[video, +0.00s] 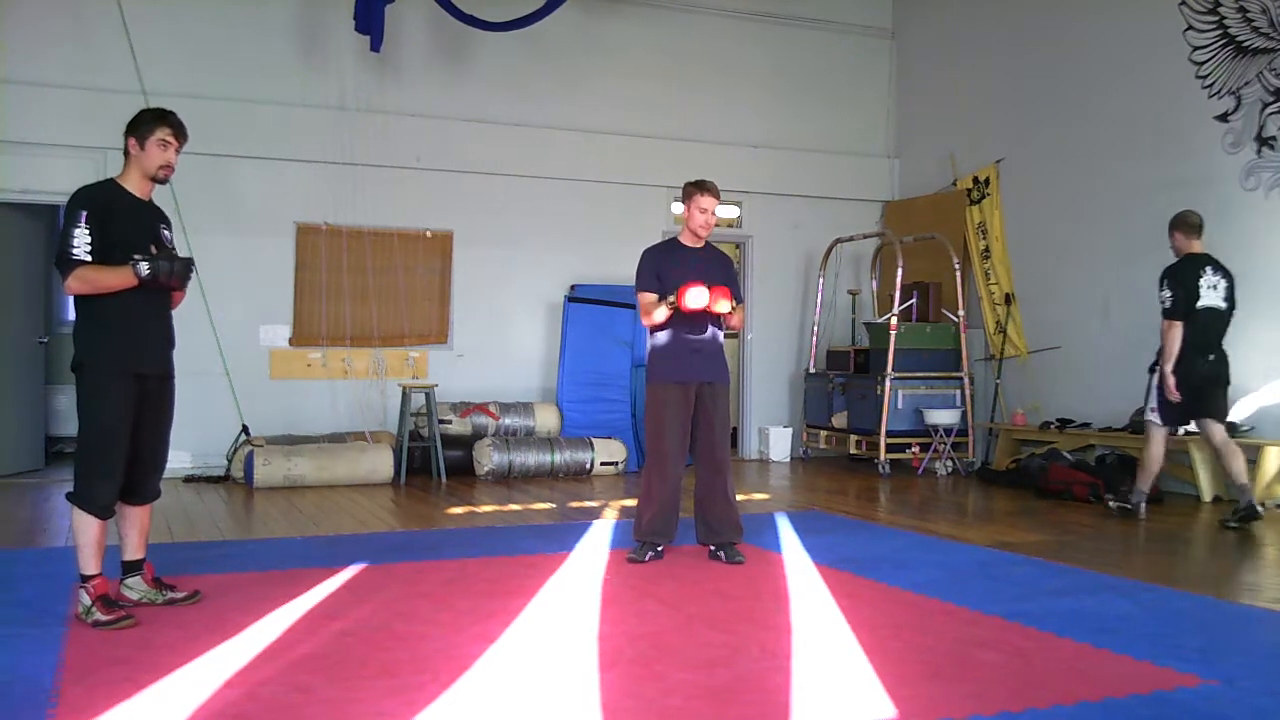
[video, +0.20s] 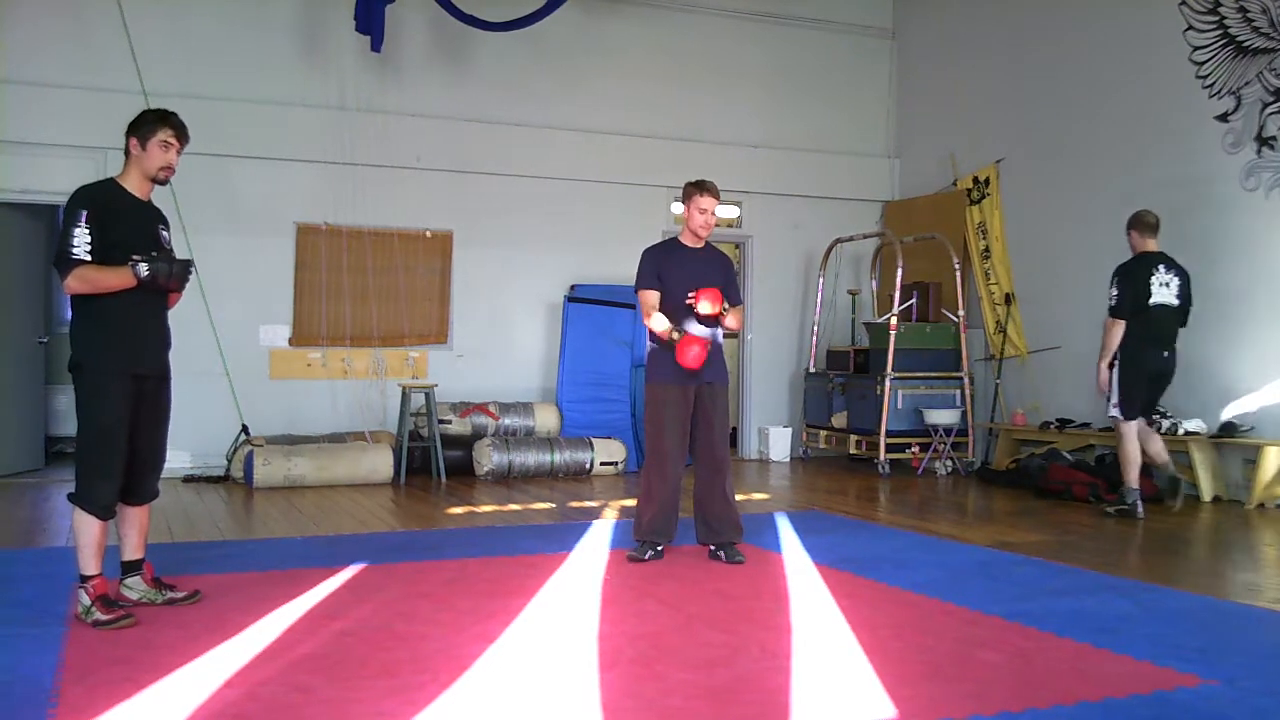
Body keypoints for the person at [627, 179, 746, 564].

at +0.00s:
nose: (708, 218)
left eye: (713, 212)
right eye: (702, 210)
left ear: (717, 216)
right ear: (684, 209)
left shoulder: (723, 262)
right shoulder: (655, 256)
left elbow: (736, 323)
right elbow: (648, 317)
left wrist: (726, 310)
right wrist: (676, 301)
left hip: (713, 370)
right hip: (668, 369)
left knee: (715, 456)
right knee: (664, 454)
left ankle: (721, 538)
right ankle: (652, 538)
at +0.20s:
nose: (707, 218)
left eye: (713, 213)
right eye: (701, 210)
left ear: (717, 216)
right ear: (684, 210)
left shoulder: (722, 262)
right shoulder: (656, 255)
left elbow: (736, 321)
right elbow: (650, 312)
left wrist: (720, 313)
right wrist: (674, 337)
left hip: (712, 369)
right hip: (668, 367)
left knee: (715, 456)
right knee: (663, 453)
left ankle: (721, 538)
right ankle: (652, 538)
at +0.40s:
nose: (709, 218)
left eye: (714, 212)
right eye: (702, 210)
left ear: (718, 216)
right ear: (685, 209)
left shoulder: (722, 262)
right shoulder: (657, 256)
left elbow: (736, 322)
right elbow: (653, 320)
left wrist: (720, 311)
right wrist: (656, 373)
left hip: (713, 373)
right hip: (672, 370)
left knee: (715, 458)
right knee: (663, 457)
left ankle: (721, 538)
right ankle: (652, 538)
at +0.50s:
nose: (709, 218)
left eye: (714, 212)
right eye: (703, 210)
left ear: (718, 216)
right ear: (685, 209)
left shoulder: (723, 262)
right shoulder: (657, 256)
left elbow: (736, 321)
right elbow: (648, 319)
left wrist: (722, 313)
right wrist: (649, 370)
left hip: (713, 373)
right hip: (670, 371)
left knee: (715, 459)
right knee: (663, 457)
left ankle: (720, 538)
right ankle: (652, 538)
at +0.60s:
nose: (710, 217)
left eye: (715, 211)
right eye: (703, 209)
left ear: (719, 215)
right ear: (686, 209)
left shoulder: (724, 261)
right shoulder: (658, 256)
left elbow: (738, 321)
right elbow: (647, 318)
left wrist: (725, 314)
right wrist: (646, 367)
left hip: (715, 374)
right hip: (671, 371)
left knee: (717, 458)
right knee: (665, 456)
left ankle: (722, 538)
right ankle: (654, 538)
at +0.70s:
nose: (679, 214)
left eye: (684, 208)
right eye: (672, 206)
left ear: (688, 213)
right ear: (655, 207)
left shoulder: (695, 260)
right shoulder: (628, 254)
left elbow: (709, 319)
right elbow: (616, 317)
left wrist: (694, 311)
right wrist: (614, 364)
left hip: (683, 373)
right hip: (639, 370)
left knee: (684, 457)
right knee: (633, 455)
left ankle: (690, 536)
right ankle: (622, 536)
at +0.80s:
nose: (661, 210)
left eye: (666, 204)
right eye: (654, 202)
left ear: (669, 209)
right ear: (636, 205)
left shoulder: (677, 259)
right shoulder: (610, 253)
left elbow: (692, 318)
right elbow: (599, 315)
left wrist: (675, 308)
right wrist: (597, 364)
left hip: (666, 372)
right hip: (622, 369)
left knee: (666, 455)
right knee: (615, 454)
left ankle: (672, 534)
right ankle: (603, 535)